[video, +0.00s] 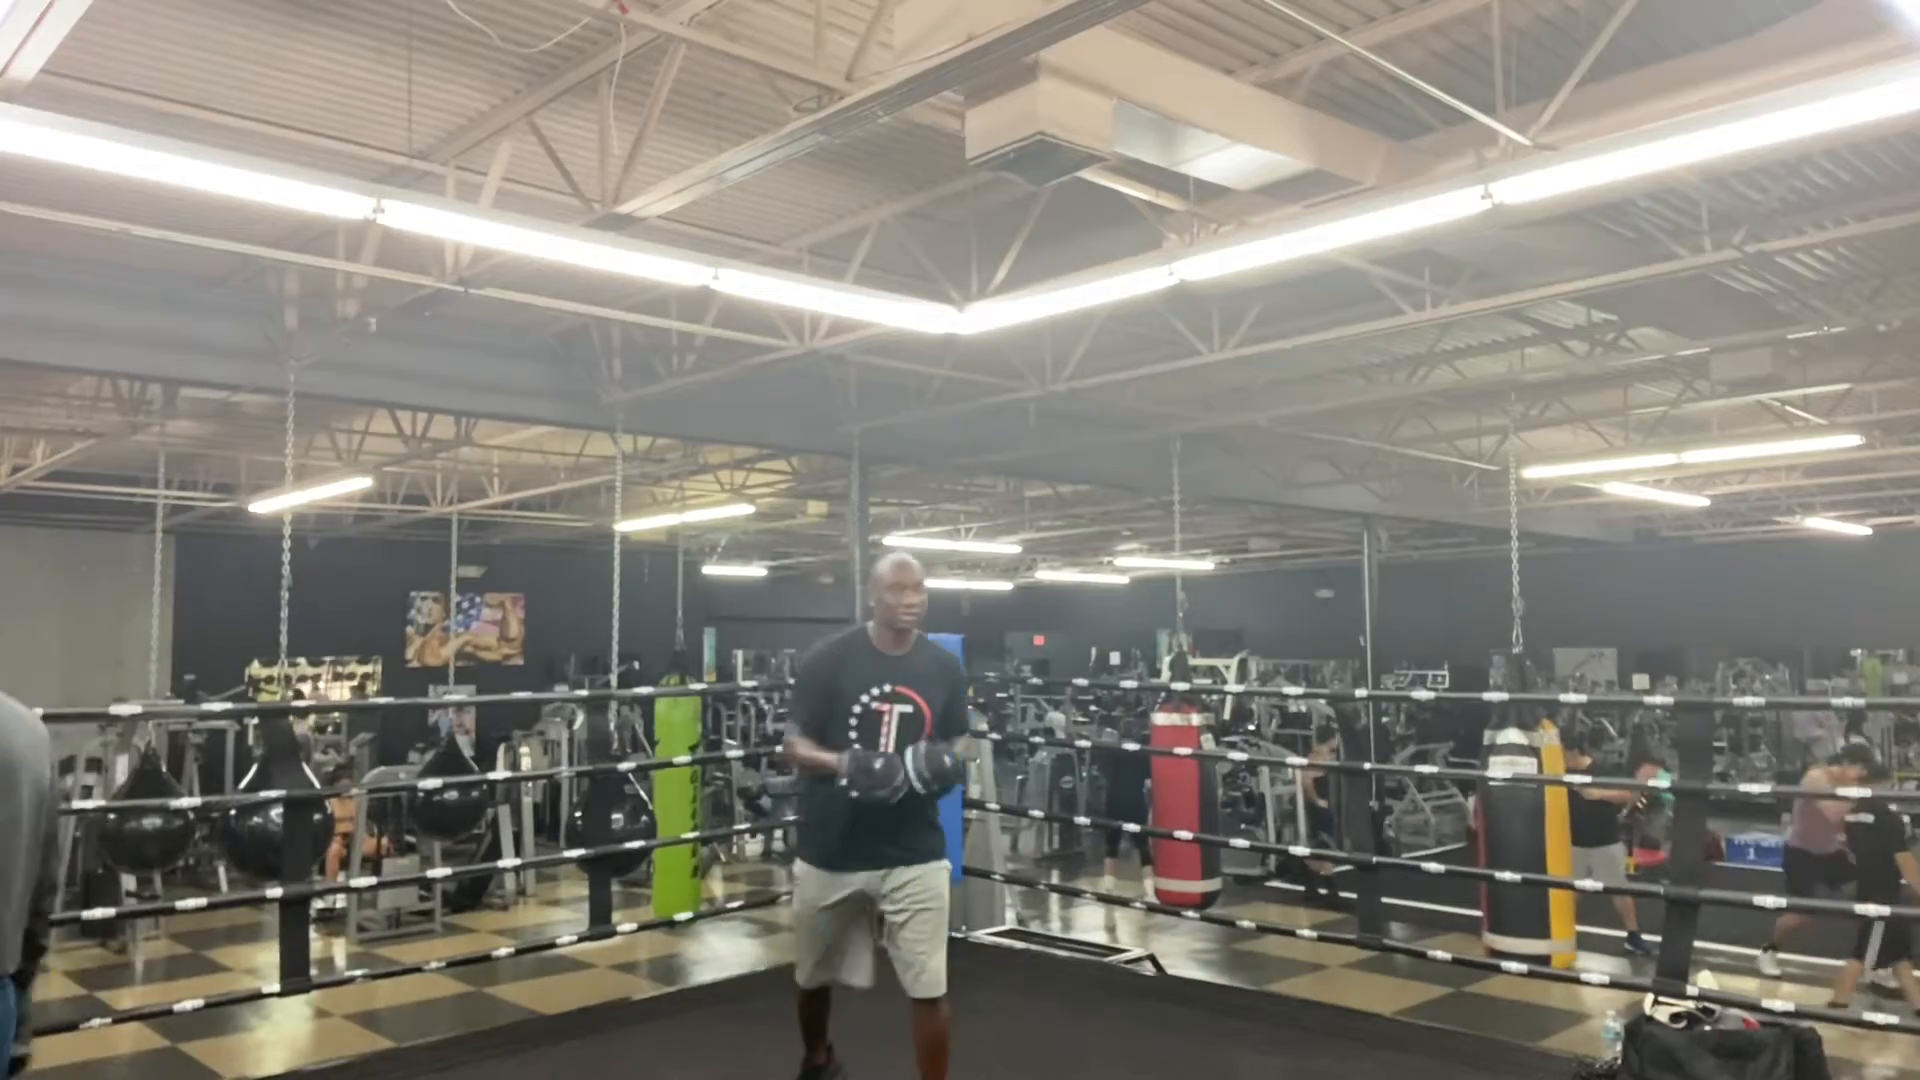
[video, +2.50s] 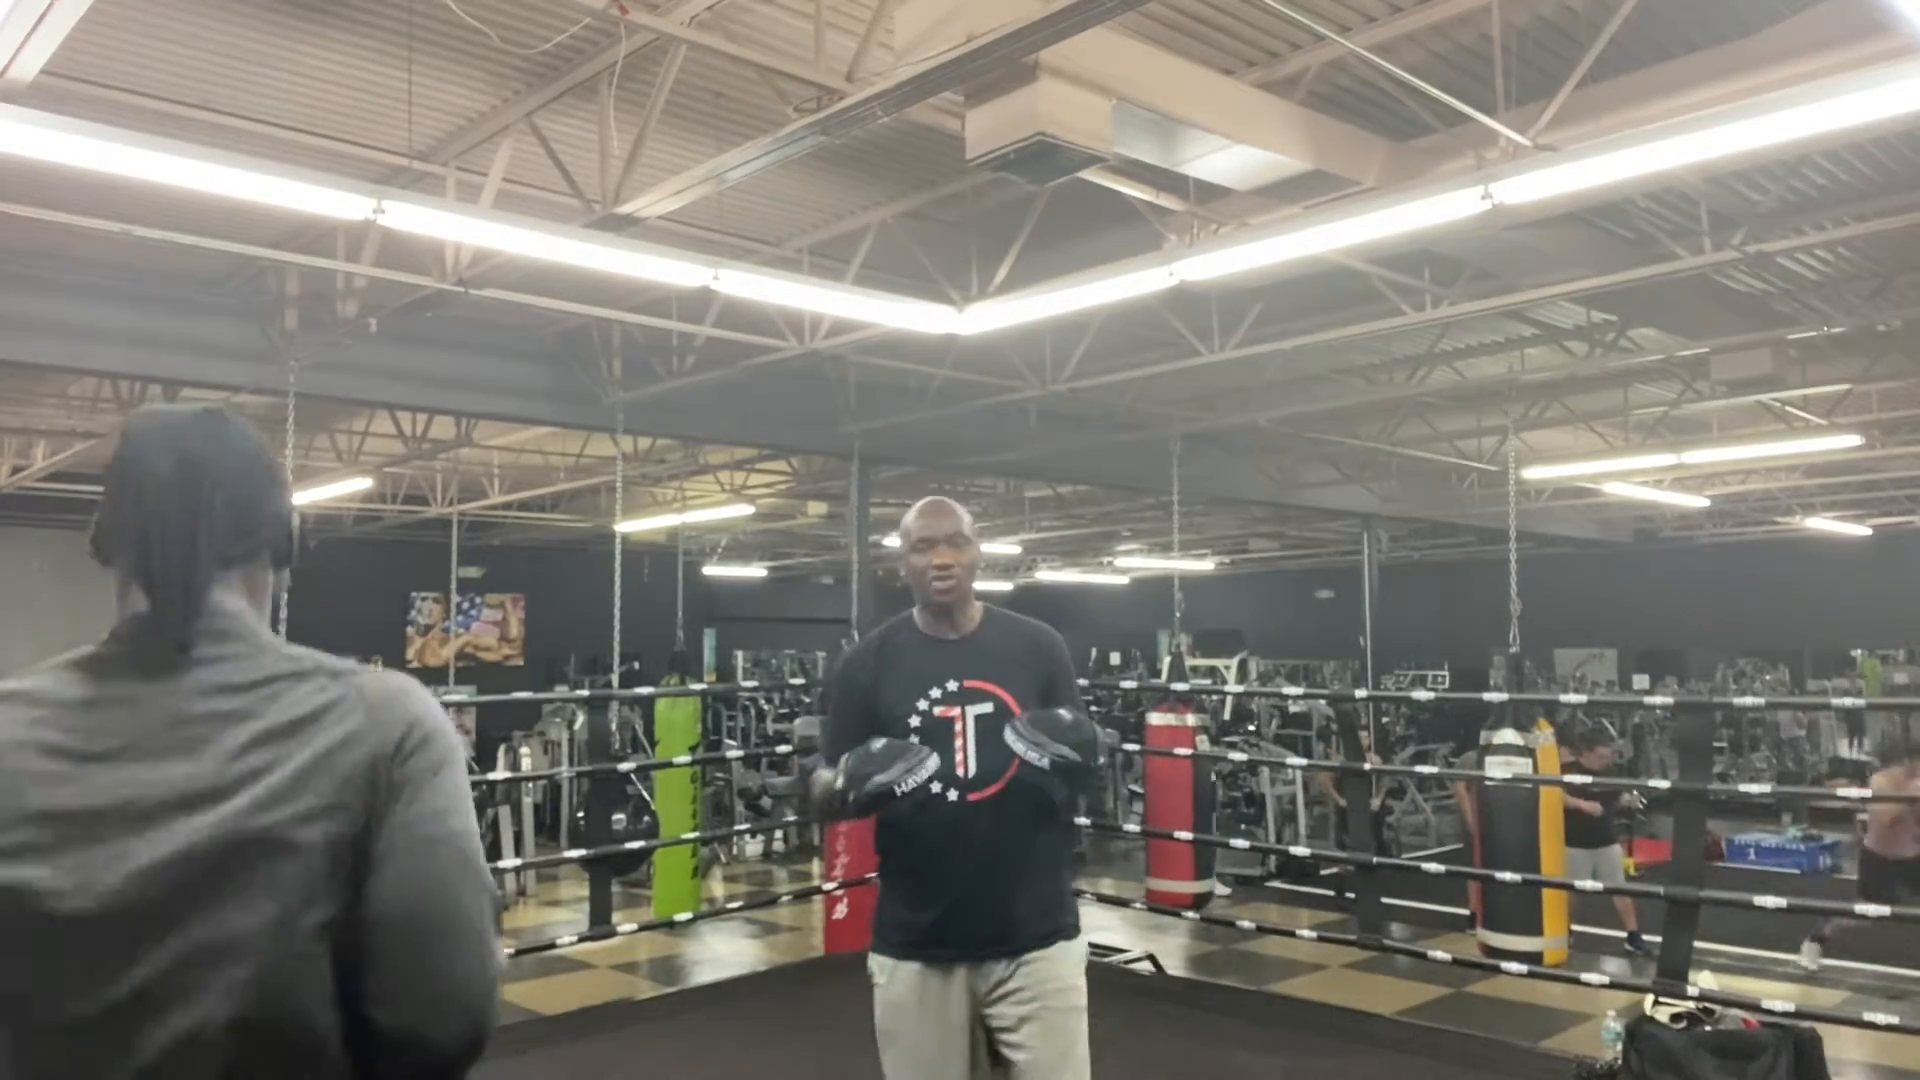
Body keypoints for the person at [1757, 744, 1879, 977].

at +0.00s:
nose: (1858, 781)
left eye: (1861, 778)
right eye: (1858, 775)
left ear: (1854, 769)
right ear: (1846, 764)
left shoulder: (1843, 784)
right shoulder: (1815, 777)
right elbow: (1833, 813)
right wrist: (1855, 793)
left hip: (1832, 852)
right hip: (1801, 851)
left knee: (1872, 888)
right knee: (1802, 911)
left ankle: (1876, 964)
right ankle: (1769, 951)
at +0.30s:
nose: (1832, 771)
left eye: (1838, 767)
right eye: (1829, 765)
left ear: (1844, 765)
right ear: (1820, 761)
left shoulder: (1846, 778)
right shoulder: (1799, 773)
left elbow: (1861, 817)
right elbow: (1795, 809)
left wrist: (1847, 789)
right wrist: (1819, 793)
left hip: (1833, 852)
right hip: (1796, 852)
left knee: (1864, 903)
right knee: (1780, 903)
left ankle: (1875, 963)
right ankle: (1777, 954)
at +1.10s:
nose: (1853, 764)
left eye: (1858, 760)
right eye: (1850, 758)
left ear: (1862, 759)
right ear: (1840, 754)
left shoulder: (1863, 771)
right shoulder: (1817, 769)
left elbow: (1877, 792)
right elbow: (1818, 805)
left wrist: (1864, 768)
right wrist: (1842, 776)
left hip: (1854, 846)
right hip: (1818, 845)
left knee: (1885, 897)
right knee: (1799, 899)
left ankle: (1895, 958)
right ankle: (1779, 955)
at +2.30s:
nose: (1864, 773)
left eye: (1868, 768)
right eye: (1859, 768)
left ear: (1875, 767)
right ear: (1846, 767)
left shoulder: (1880, 780)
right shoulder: (1832, 782)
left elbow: (1906, 813)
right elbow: (1826, 821)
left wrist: (1883, 785)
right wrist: (1842, 791)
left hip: (1881, 855)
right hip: (1843, 855)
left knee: (1914, 895)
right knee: (1826, 901)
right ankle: (1805, 948)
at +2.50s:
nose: (1912, 768)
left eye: (1915, 763)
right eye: (1910, 762)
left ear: (1916, 763)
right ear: (1900, 760)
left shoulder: (1915, 782)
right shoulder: (1882, 780)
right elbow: (1886, 819)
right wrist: (1909, 794)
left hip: (1910, 859)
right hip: (1877, 858)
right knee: (1870, 915)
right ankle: (1817, 940)